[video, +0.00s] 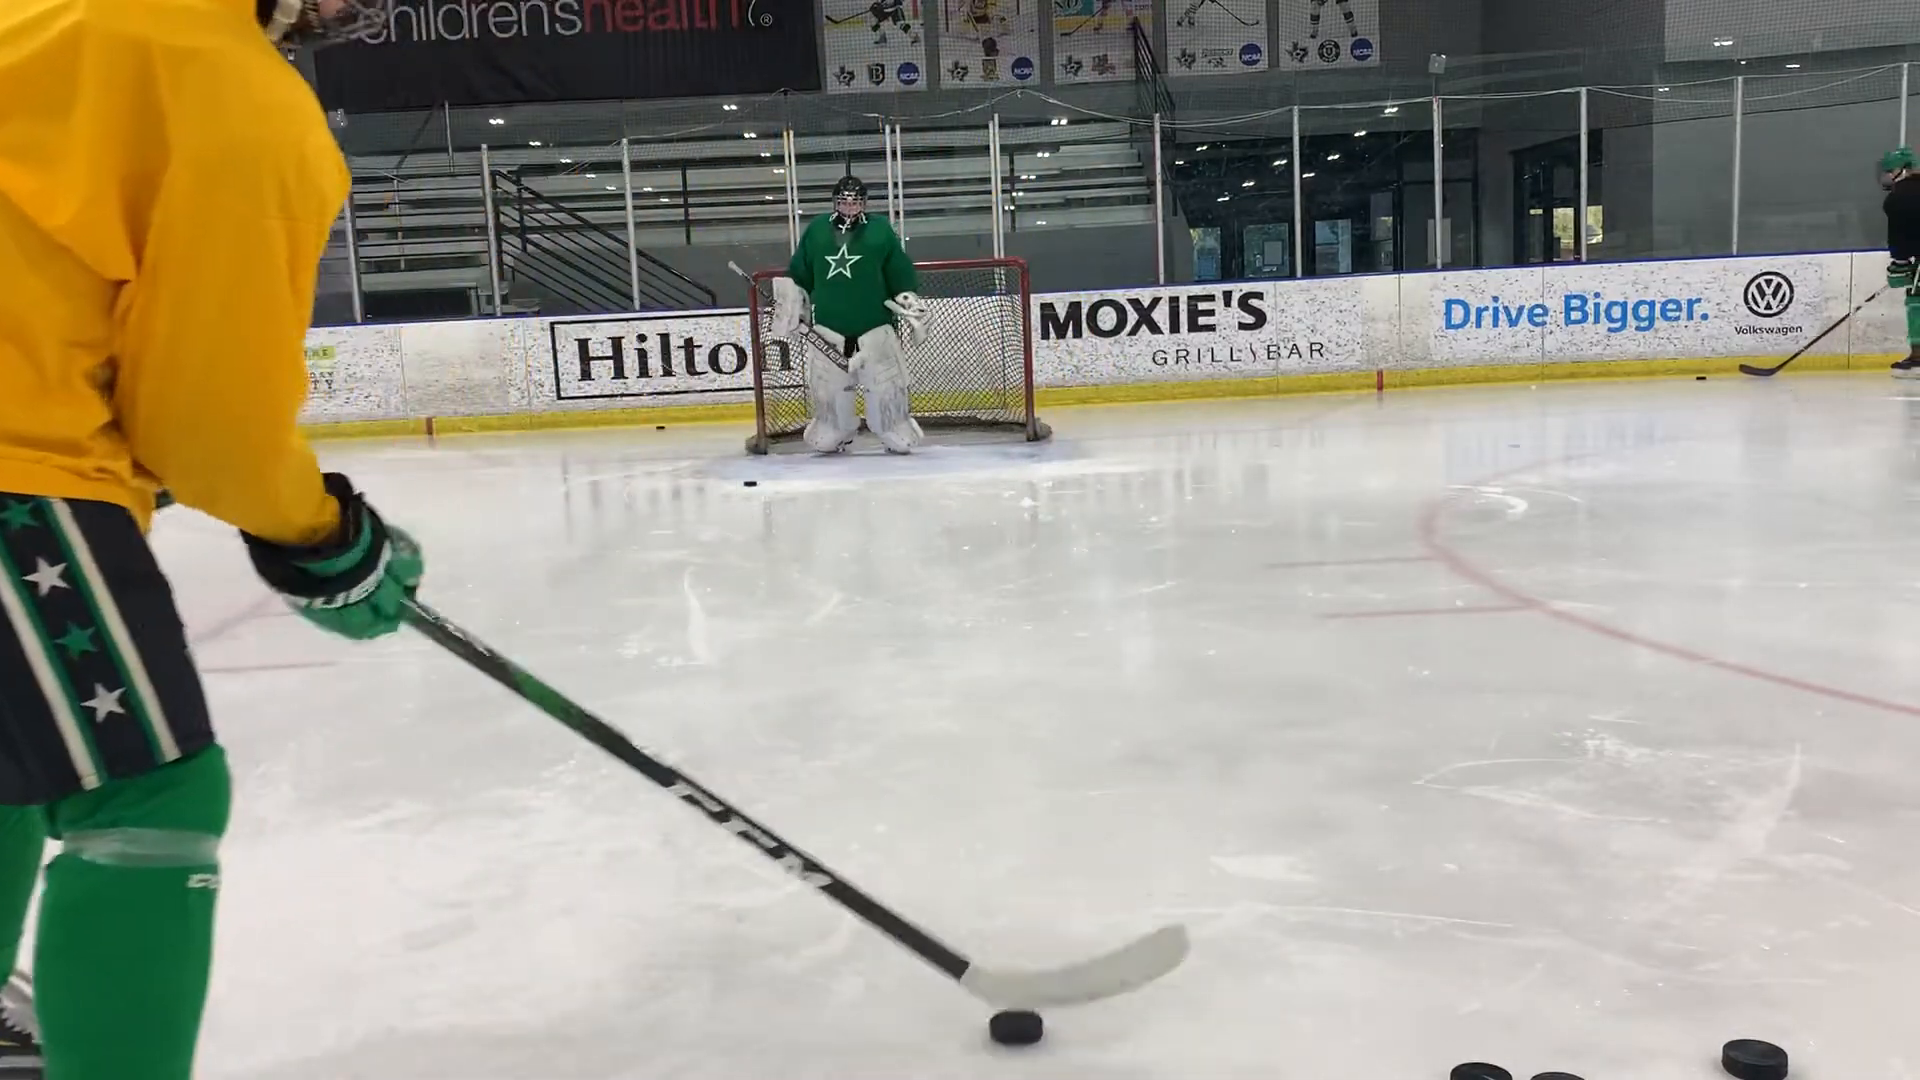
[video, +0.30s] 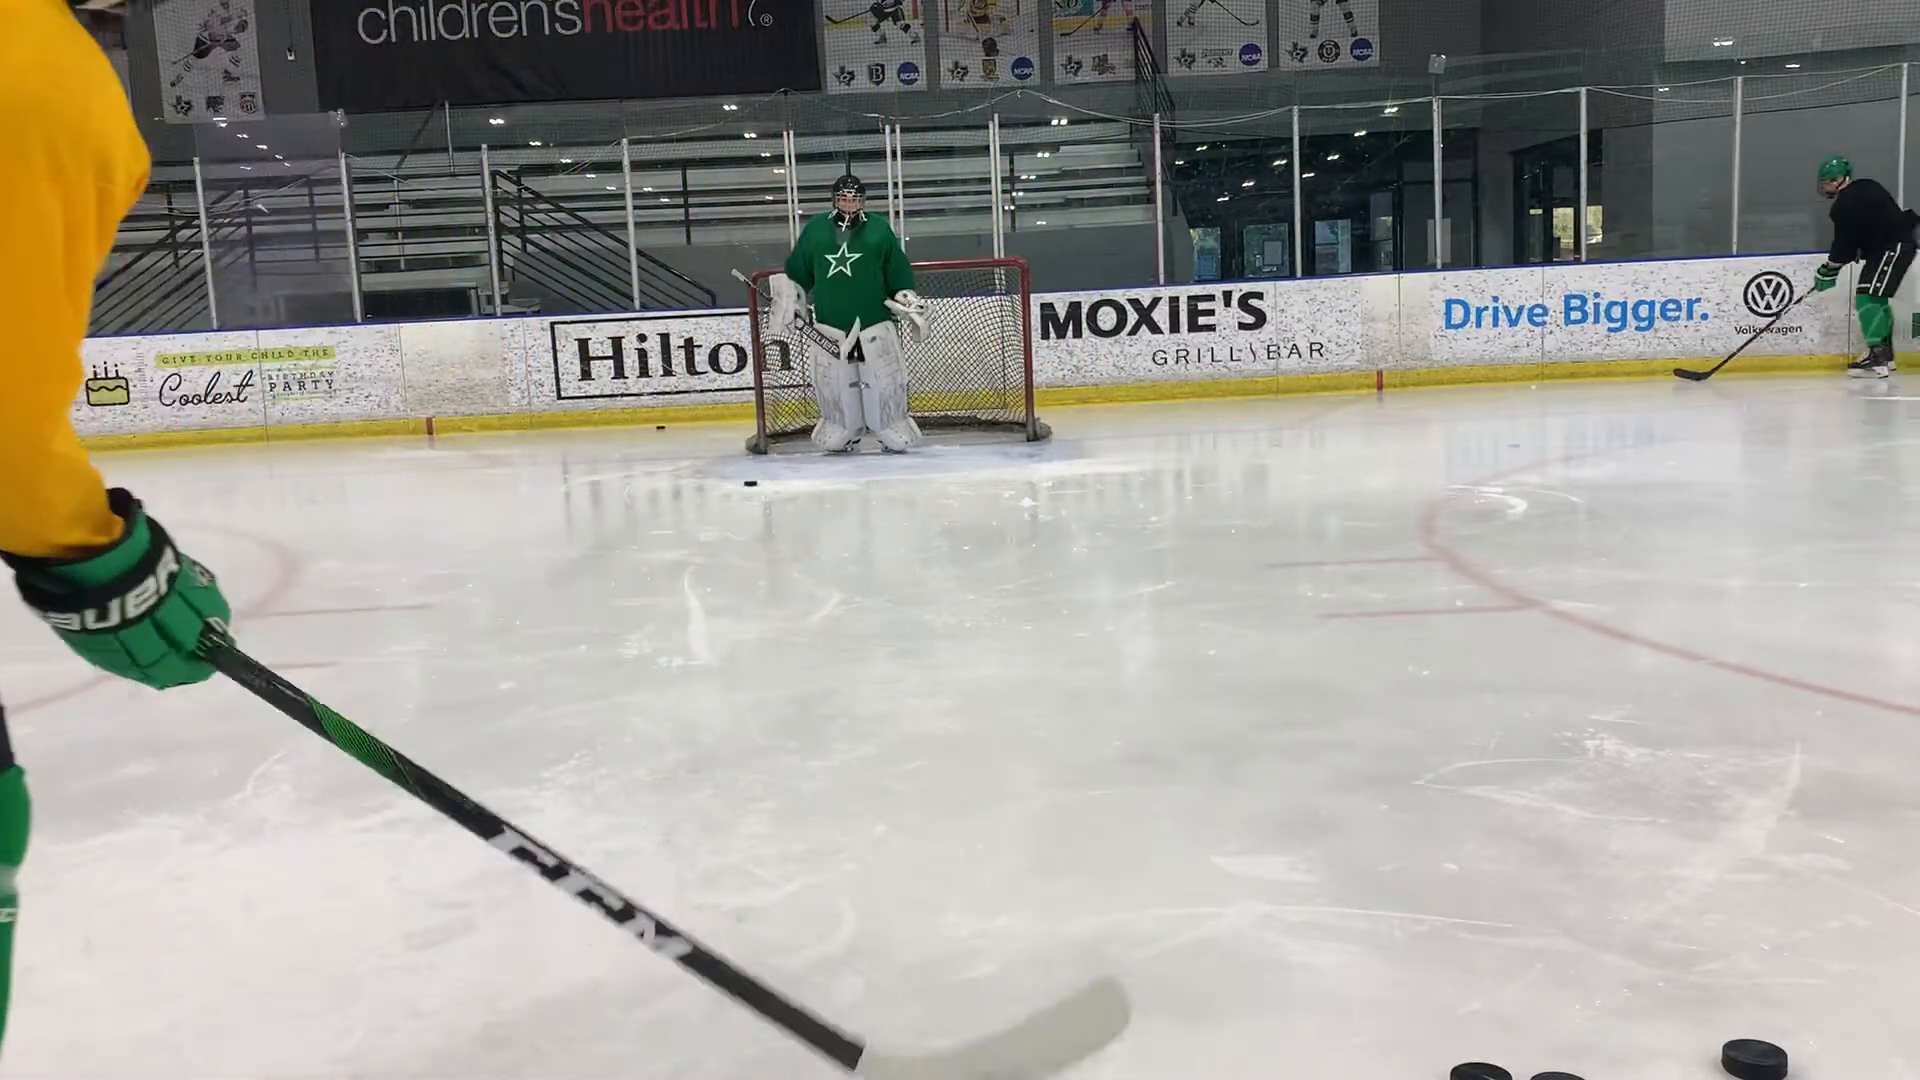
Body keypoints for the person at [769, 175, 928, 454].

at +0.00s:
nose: (849, 205)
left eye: (855, 200)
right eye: (844, 200)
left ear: (863, 202)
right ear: (835, 202)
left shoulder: (880, 230)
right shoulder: (817, 230)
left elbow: (899, 270)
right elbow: (799, 273)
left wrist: (908, 303)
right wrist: (791, 305)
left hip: (874, 320)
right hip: (829, 321)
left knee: (885, 382)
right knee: (828, 383)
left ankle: (896, 437)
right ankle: (831, 437)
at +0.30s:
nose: (848, 201)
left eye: (854, 196)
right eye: (843, 196)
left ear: (862, 200)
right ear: (835, 199)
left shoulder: (878, 229)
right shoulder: (816, 229)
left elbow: (898, 270)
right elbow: (796, 271)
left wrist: (907, 301)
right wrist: (789, 304)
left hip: (874, 317)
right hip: (830, 319)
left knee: (884, 378)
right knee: (834, 380)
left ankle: (892, 434)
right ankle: (840, 436)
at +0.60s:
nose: (852, 202)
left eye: (857, 197)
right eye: (846, 197)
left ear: (866, 200)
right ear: (838, 200)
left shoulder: (885, 227)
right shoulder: (820, 228)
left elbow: (906, 258)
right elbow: (794, 256)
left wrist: (910, 279)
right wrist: (798, 275)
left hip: (881, 317)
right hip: (835, 320)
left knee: (897, 375)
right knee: (829, 378)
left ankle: (904, 432)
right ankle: (831, 434)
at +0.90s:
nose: (864, 205)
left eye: (869, 200)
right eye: (858, 200)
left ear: (877, 202)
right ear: (848, 203)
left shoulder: (893, 229)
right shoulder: (831, 232)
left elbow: (911, 271)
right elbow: (817, 278)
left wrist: (887, 278)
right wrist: (854, 278)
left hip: (895, 317)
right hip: (852, 320)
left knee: (916, 377)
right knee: (835, 384)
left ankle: (923, 437)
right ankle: (813, 445)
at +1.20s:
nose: (870, 205)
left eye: (876, 199)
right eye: (865, 199)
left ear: (885, 202)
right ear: (855, 203)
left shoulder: (901, 230)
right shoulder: (838, 232)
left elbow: (918, 270)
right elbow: (820, 275)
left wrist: (894, 280)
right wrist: (850, 283)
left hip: (900, 320)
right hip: (858, 321)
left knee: (926, 378)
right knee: (842, 386)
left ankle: (948, 440)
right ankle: (817, 449)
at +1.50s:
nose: (879, 204)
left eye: (884, 199)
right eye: (873, 198)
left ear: (894, 201)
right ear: (864, 201)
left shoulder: (908, 228)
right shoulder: (846, 231)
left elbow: (928, 264)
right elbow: (824, 276)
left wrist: (918, 279)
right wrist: (849, 288)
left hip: (909, 321)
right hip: (864, 323)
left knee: (939, 383)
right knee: (845, 390)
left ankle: (967, 445)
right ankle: (819, 454)